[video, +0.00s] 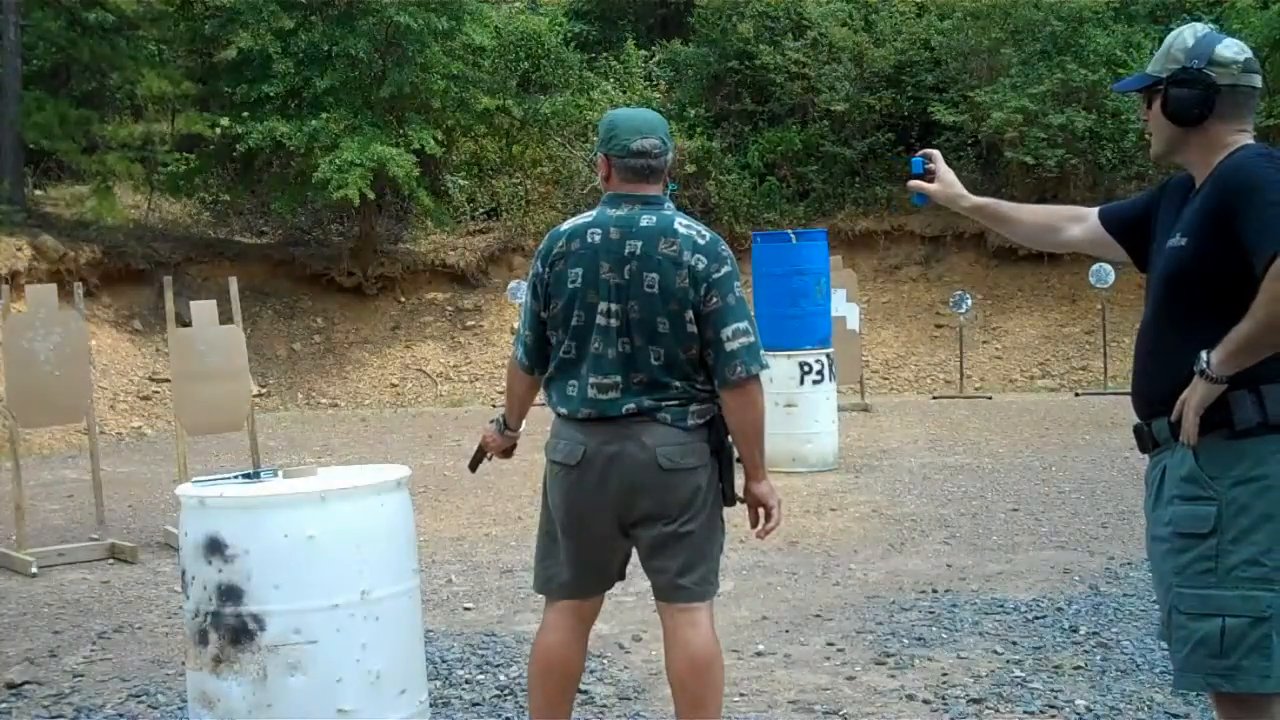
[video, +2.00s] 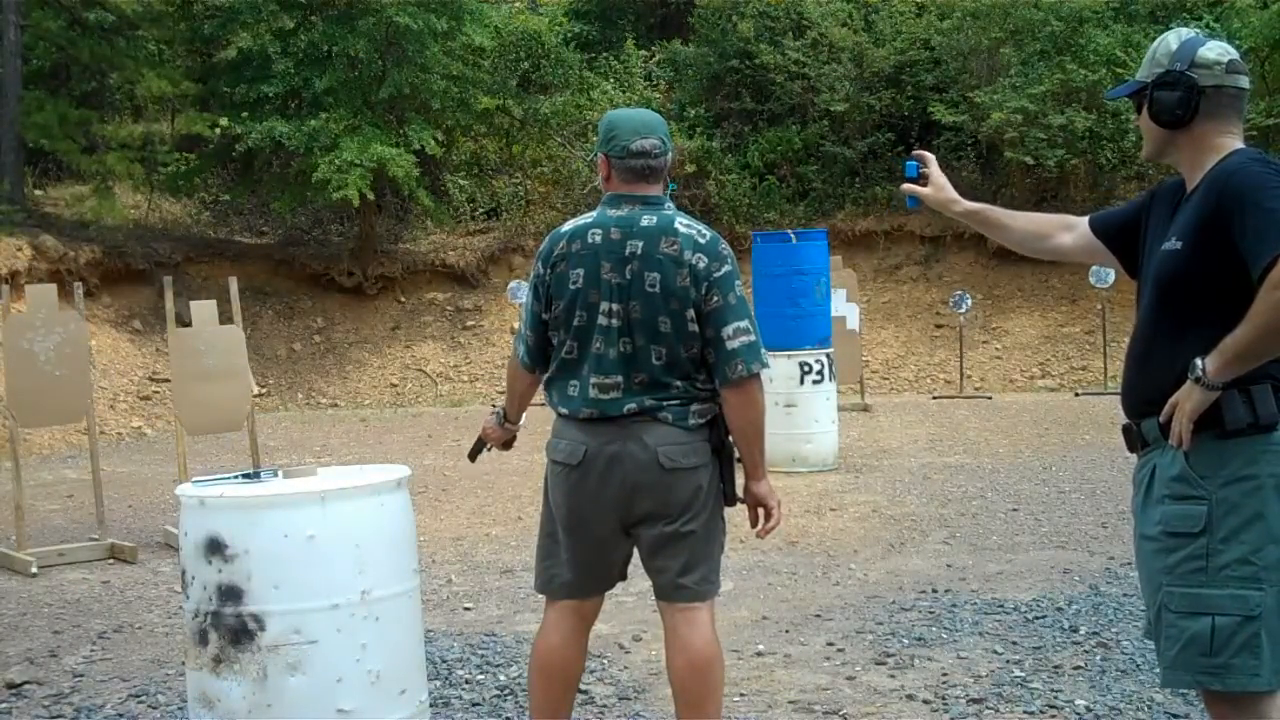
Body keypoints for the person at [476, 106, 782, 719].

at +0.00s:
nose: (596, 169)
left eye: (598, 161)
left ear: (605, 168)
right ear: (669, 169)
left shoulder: (562, 243)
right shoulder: (704, 248)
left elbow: (529, 357)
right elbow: (738, 375)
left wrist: (508, 425)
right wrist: (756, 473)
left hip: (581, 453)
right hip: (676, 454)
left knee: (567, 608)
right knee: (688, 611)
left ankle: (547, 715)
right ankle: (701, 715)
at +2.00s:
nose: (596, 170)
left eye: (598, 163)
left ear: (605, 169)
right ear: (668, 169)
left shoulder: (562, 244)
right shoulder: (704, 248)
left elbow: (530, 355)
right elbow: (739, 374)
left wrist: (507, 419)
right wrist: (756, 473)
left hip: (582, 452)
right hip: (678, 453)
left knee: (567, 608)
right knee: (689, 611)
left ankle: (546, 715)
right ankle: (701, 715)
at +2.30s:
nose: (581, 171)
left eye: (582, 164)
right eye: (585, 163)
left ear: (591, 170)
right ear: (655, 168)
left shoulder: (563, 233)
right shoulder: (701, 241)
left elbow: (502, 261)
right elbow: (746, 362)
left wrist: (478, 255)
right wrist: (771, 460)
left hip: (588, 448)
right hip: (683, 451)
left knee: (569, 608)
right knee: (691, 611)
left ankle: (547, 715)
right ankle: (702, 715)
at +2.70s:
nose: (582, 170)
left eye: (582, 163)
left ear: (589, 170)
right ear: (653, 168)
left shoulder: (561, 230)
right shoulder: (699, 241)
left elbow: (510, 244)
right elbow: (741, 364)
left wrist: (489, 233)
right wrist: (765, 460)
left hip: (583, 447)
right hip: (678, 451)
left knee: (568, 608)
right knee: (690, 612)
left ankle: (547, 715)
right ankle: (702, 715)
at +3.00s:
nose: (579, 172)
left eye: (580, 165)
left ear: (587, 171)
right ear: (651, 169)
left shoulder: (558, 230)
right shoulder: (695, 239)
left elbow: (508, 241)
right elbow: (740, 361)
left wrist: (488, 228)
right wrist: (769, 459)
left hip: (582, 446)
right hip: (677, 450)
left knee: (568, 607)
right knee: (690, 611)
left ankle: (547, 715)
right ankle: (702, 715)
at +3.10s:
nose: (579, 172)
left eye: (580, 165)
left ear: (586, 171)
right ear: (650, 168)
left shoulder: (557, 231)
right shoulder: (694, 238)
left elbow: (509, 242)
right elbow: (739, 360)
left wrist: (490, 229)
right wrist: (768, 459)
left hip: (582, 446)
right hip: (677, 449)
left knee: (568, 607)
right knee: (690, 612)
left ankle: (547, 715)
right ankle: (702, 715)